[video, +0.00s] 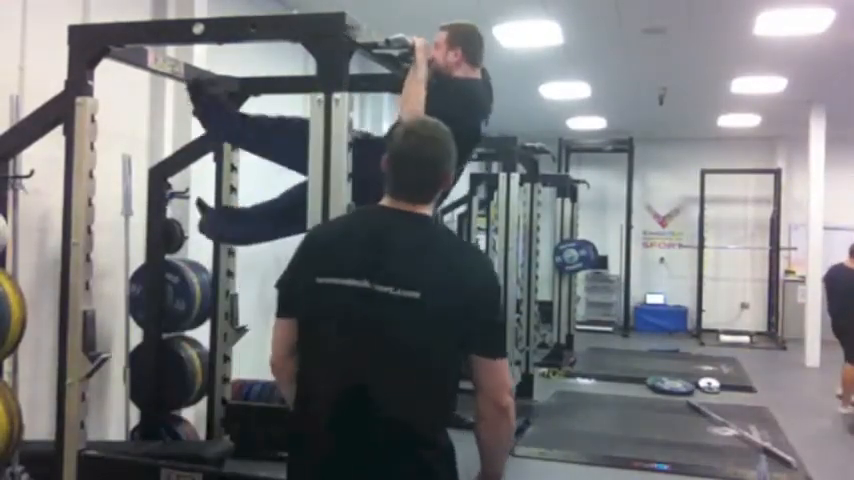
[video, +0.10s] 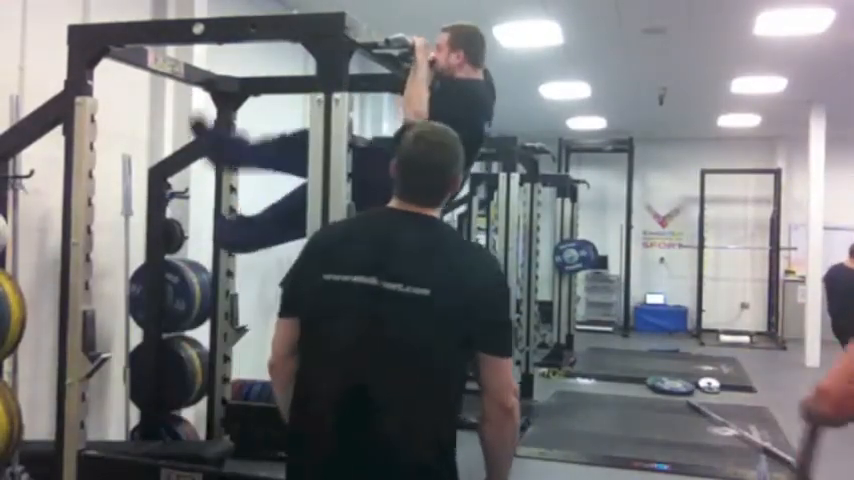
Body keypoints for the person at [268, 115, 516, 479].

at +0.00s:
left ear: (383, 164)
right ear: (448, 181)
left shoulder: (321, 243)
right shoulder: (469, 266)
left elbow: (282, 359)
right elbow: (498, 401)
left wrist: (315, 417)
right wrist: (491, 472)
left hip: (323, 452)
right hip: (417, 460)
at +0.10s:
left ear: (392, 169)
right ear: (455, 186)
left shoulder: (327, 243)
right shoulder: (477, 268)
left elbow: (281, 361)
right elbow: (503, 403)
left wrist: (305, 432)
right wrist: (497, 472)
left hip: (323, 455)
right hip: (419, 461)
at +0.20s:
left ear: (403, 180)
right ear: (466, 198)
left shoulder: (331, 251)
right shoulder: (484, 280)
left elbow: (276, 367)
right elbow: (508, 412)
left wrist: (293, 441)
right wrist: (498, 473)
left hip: (320, 458)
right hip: (421, 463)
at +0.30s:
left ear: (409, 205)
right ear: (467, 225)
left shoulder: (334, 261)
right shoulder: (487, 294)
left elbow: (276, 376)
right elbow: (504, 426)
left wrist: (295, 443)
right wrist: (486, 474)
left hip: (317, 460)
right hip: (418, 466)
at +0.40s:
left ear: (414, 232)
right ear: (467, 253)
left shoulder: (338, 278)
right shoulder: (481, 307)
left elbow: (276, 394)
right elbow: (494, 443)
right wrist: (471, 474)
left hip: (311, 462)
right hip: (411, 466)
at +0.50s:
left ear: (413, 260)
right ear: (465, 275)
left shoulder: (335, 297)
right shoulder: (473, 322)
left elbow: (266, 412)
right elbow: (503, 455)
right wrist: (462, 477)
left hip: (292, 464)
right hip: (400, 467)